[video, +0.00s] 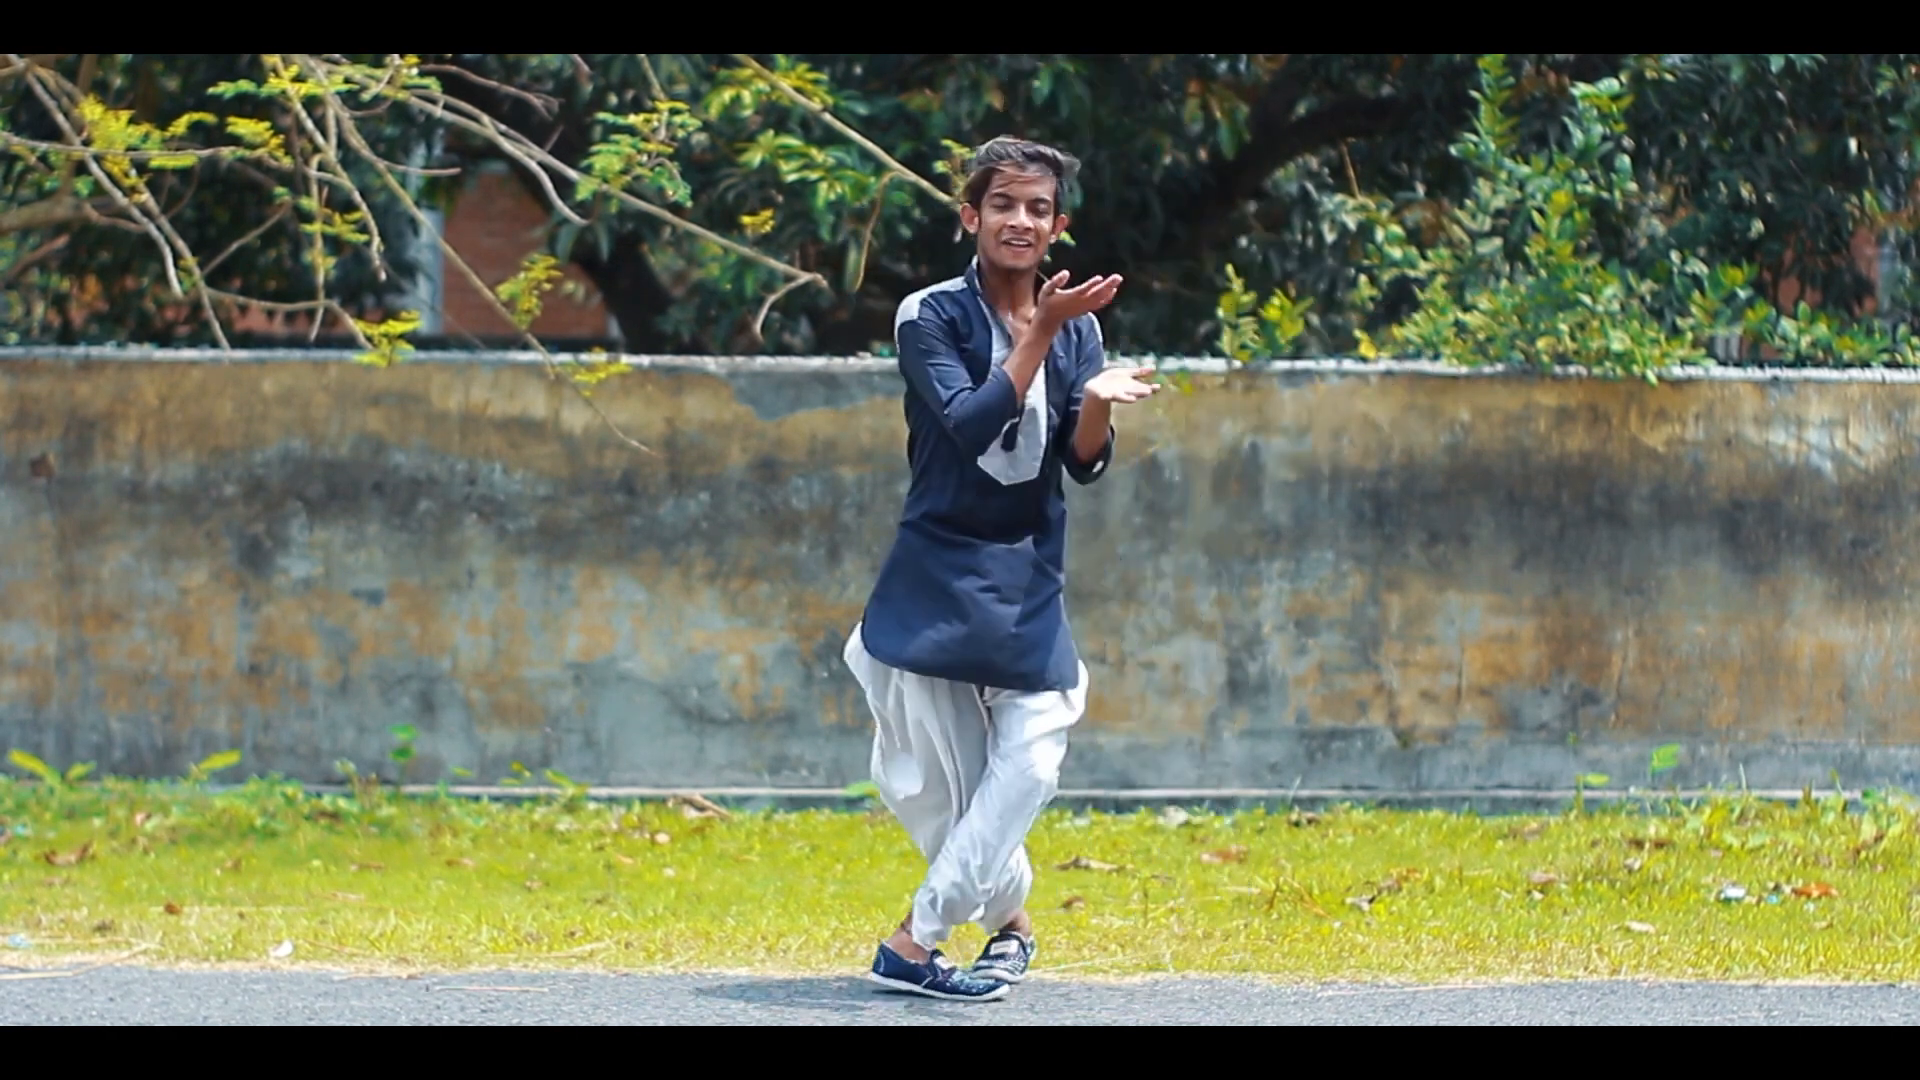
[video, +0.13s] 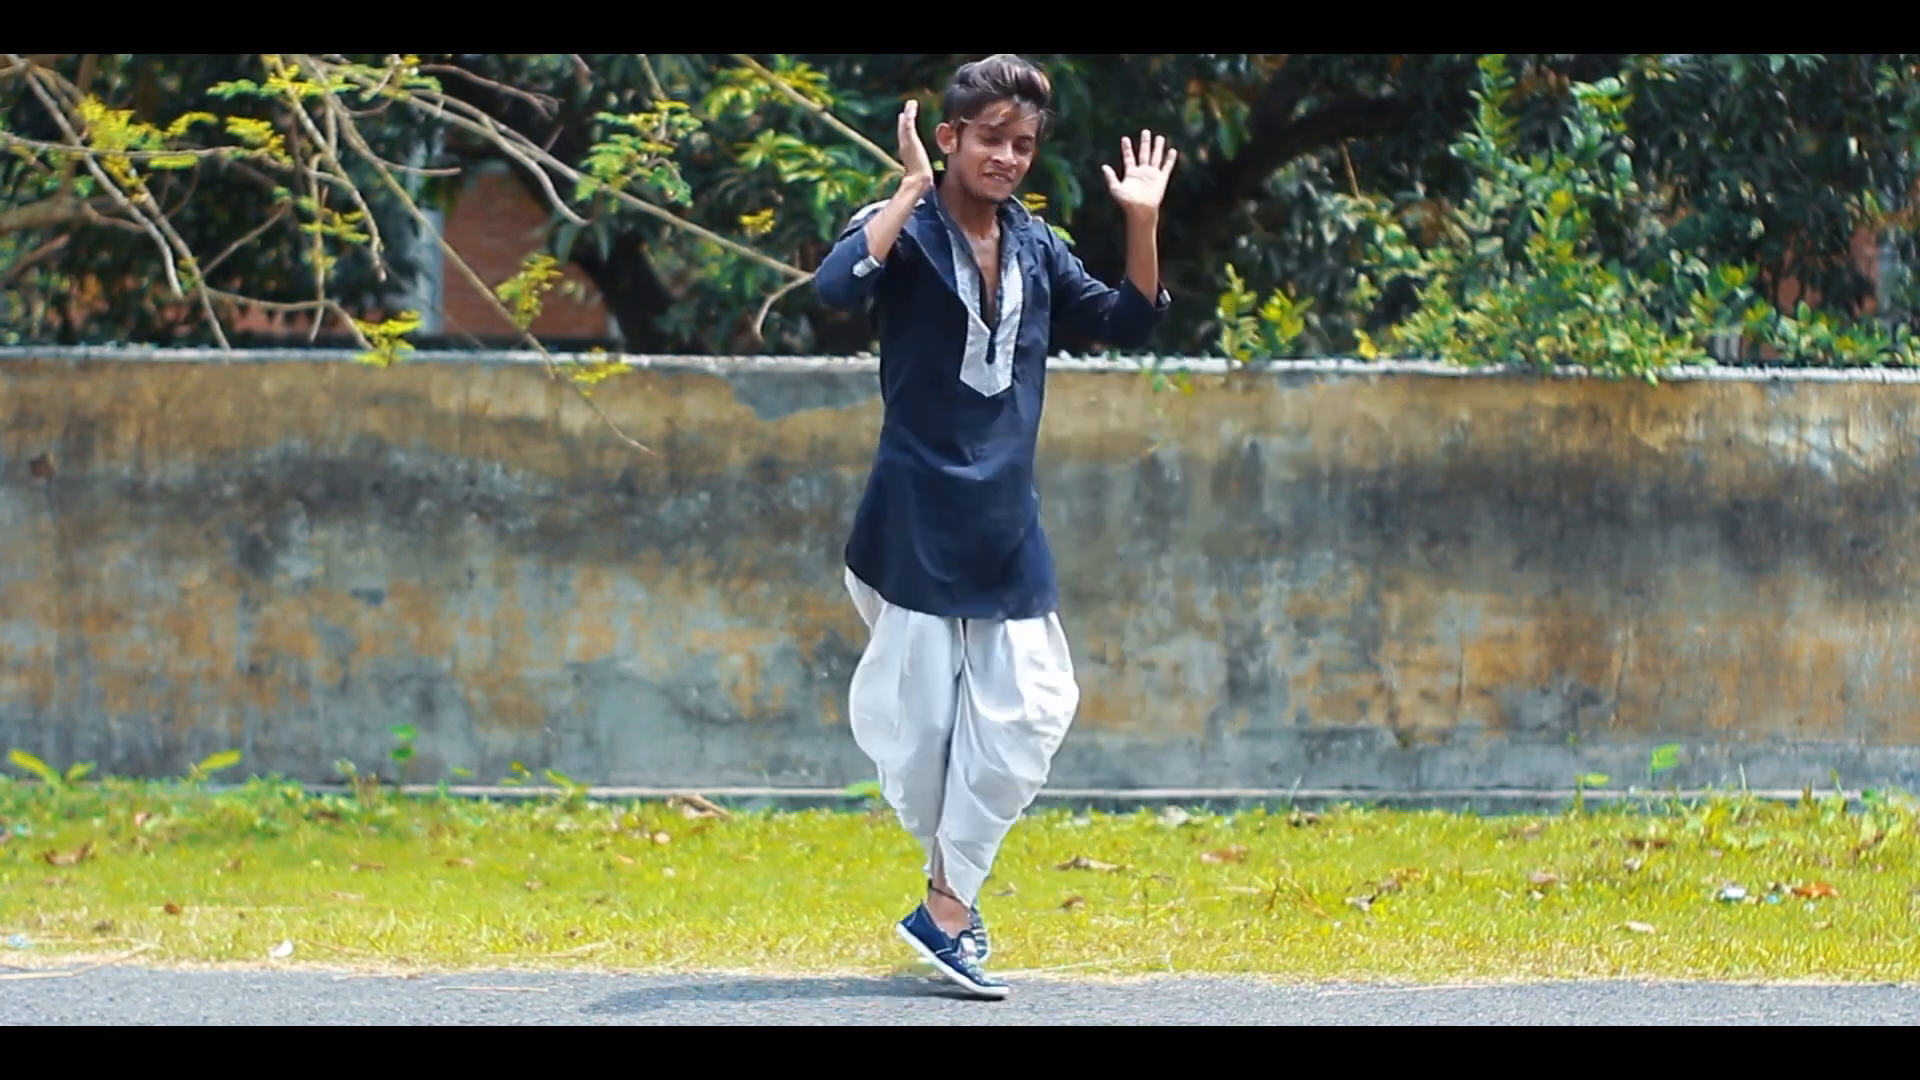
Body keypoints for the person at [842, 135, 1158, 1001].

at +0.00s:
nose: (1021, 222)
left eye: (1039, 208)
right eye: (1004, 206)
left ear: (1057, 225)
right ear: (971, 216)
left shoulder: (1073, 324)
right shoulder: (930, 314)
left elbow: (1081, 461)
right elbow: (967, 427)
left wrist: (1097, 402)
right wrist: (1039, 331)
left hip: (1028, 574)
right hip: (936, 570)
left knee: (1031, 764)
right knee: (946, 772)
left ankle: (912, 943)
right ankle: (1009, 924)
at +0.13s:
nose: (1009, 159)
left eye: (1024, 144)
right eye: (994, 139)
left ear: (1035, 152)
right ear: (949, 137)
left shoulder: (1038, 246)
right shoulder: (896, 225)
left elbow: (1131, 324)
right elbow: (831, 288)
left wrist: (1141, 219)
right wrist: (908, 192)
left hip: (1008, 517)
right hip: (916, 514)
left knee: (1030, 711)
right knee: (919, 721)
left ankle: (945, 909)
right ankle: (952, 887)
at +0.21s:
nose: (989, 136)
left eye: (1002, 120)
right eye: (973, 116)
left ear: (1013, 123)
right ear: (920, 107)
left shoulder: (1010, 196)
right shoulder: (877, 189)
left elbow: (1111, 210)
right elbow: (782, 162)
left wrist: (1095, 126)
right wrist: (870, 91)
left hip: (998, 493)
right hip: (904, 493)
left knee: (1036, 689)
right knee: (890, 701)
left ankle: (965, 879)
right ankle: (861, 861)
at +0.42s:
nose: (937, 225)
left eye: (949, 208)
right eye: (921, 203)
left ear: (958, 206)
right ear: (873, 194)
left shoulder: (918, 275)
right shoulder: (840, 265)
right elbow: (790, 166)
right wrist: (847, 137)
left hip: (934, 540)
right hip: (856, 539)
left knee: (1032, 696)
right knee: (804, 750)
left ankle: (1046, 909)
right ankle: (747, 943)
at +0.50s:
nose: (913, 280)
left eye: (925, 265)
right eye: (899, 260)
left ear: (930, 264)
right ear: (851, 254)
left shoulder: (892, 332)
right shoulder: (823, 344)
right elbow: (811, 262)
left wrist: (846, 208)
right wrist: (826, 222)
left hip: (907, 604)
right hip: (824, 597)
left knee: (1027, 723)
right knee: (805, 787)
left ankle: (1026, 930)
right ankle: (748, 949)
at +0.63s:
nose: (883, 258)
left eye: (897, 244)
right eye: (870, 237)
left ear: (904, 255)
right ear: (830, 235)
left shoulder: (874, 314)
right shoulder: (792, 319)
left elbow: (917, 275)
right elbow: (806, 239)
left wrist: (903, 232)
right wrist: (818, 198)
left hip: (909, 590)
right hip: (831, 589)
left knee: (1032, 718)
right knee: (818, 789)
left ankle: (1033, 924)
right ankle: (750, 947)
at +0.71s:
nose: (870, 228)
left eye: (884, 215)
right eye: (859, 208)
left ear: (894, 219)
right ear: (821, 199)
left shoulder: (867, 277)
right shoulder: (777, 279)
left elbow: (932, 253)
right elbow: (814, 183)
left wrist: (902, 195)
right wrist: (828, 149)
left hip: (926, 545)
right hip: (849, 552)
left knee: (1028, 710)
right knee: (816, 768)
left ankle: (1036, 917)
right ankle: (747, 940)